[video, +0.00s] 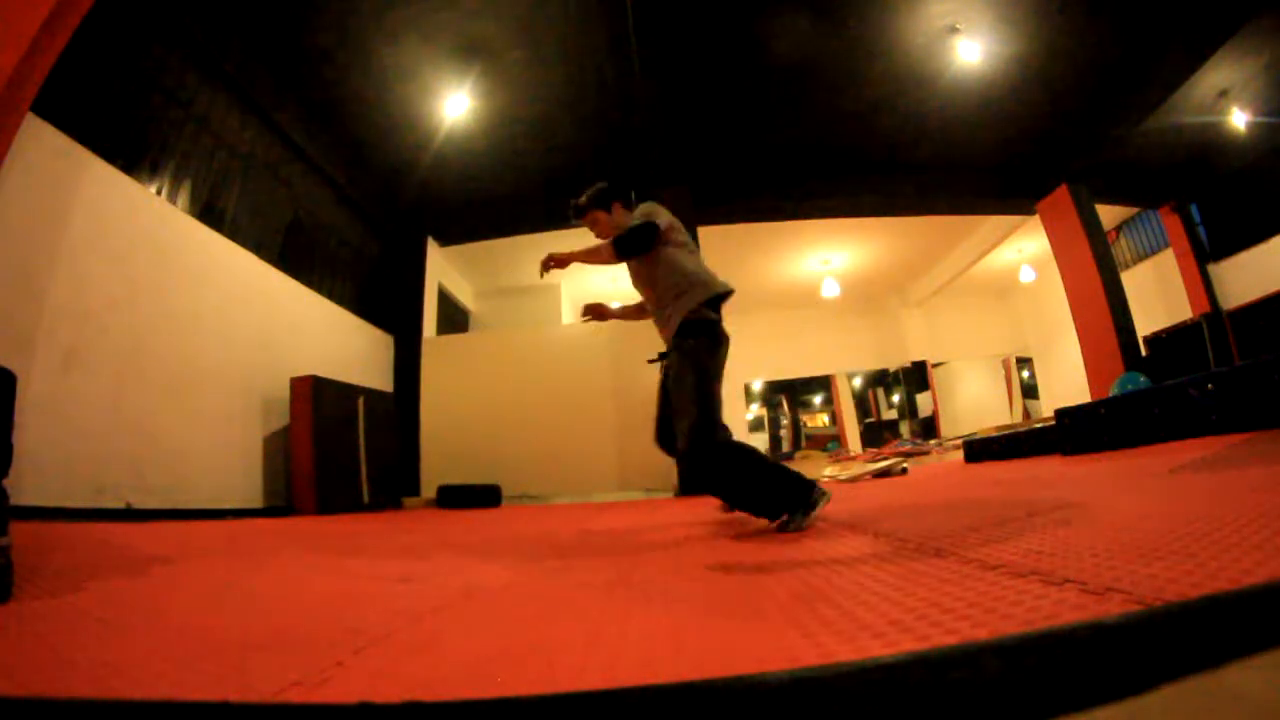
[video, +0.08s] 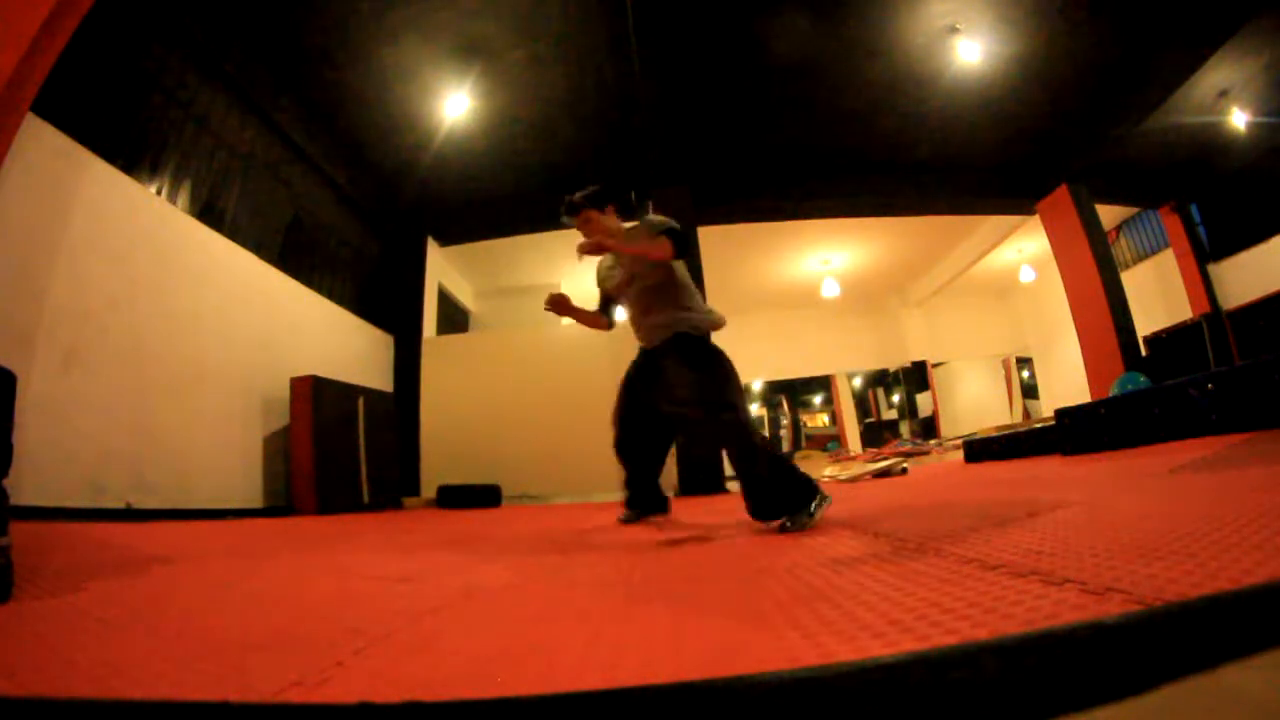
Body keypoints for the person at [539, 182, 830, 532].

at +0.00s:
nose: (596, 234)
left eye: (595, 225)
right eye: (591, 229)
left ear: (613, 208)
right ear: (611, 213)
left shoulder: (649, 214)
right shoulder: (640, 249)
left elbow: (629, 245)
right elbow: (657, 306)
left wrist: (571, 257)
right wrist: (612, 313)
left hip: (699, 332)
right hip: (682, 341)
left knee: (699, 438)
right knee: (670, 436)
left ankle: (799, 495)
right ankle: (743, 489)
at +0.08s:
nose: (585, 234)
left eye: (587, 224)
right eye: (580, 229)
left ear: (608, 212)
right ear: (585, 230)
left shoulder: (650, 227)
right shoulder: (607, 268)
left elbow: (668, 248)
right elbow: (604, 321)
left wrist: (608, 244)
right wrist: (570, 310)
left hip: (692, 348)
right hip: (653, 358)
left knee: (732, 430)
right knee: (633, 430)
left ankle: (802, 497)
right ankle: (646, 499)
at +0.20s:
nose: (583, 227)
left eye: (588, 219)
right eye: (576, 223)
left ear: (602, 219)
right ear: (569, 230)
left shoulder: (636, 254)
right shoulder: (568, 270)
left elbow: (685, 283)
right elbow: (544, 322)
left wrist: (673, 264)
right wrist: (538, 300)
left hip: (652, 359)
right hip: (608, 371)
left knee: (718, 408)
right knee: (604, 447)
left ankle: (762, 487)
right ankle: (644, 501)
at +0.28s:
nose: (584, 225)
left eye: (589, 218)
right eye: (576, 219)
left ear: (599, 222)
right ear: (566, 226)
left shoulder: (614, 263)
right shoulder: (553, 263)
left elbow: (653, 293)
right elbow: (528, 310)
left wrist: (664, 266)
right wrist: (555, 287)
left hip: (627, 358)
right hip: (587, 366)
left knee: (691, 413)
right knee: (611, 446)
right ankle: (643, 506)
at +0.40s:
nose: (584, 223)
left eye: (586, 216)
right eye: (578, 215)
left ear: (580, 219)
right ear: (558, 217)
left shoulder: (567, 250)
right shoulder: (552, 243)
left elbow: (570, 296)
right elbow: (555, 287)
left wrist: (598, 277)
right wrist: (598, 276)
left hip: (584, 349)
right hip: (565, 352)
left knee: (621, 412)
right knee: (607, 418)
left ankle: (602, 483)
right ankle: (626, 496)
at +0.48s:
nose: (574, 227)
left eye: (574, 220)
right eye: (572, 220)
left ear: (541, 220)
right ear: (559, 218)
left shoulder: (530, 251)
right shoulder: (555, 242)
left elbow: (545, 294)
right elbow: (565, 283)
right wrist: (587, 283)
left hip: (543, 349)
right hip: (568, 344)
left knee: (566, 419)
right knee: (604, 422)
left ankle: (547, 489)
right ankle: (601, 502)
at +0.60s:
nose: (528, 237)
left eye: (521, 233)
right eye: (533, 230)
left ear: (511, 235)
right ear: (542, 233)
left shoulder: (496, 265)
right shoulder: (561, 262)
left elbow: (468, 290)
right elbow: (580, 303)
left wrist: (489, 269)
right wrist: (552, 309)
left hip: (516, 375)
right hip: (562, 371)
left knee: (505, 444)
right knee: (584, 441)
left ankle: (522, 509)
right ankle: (601, 495)